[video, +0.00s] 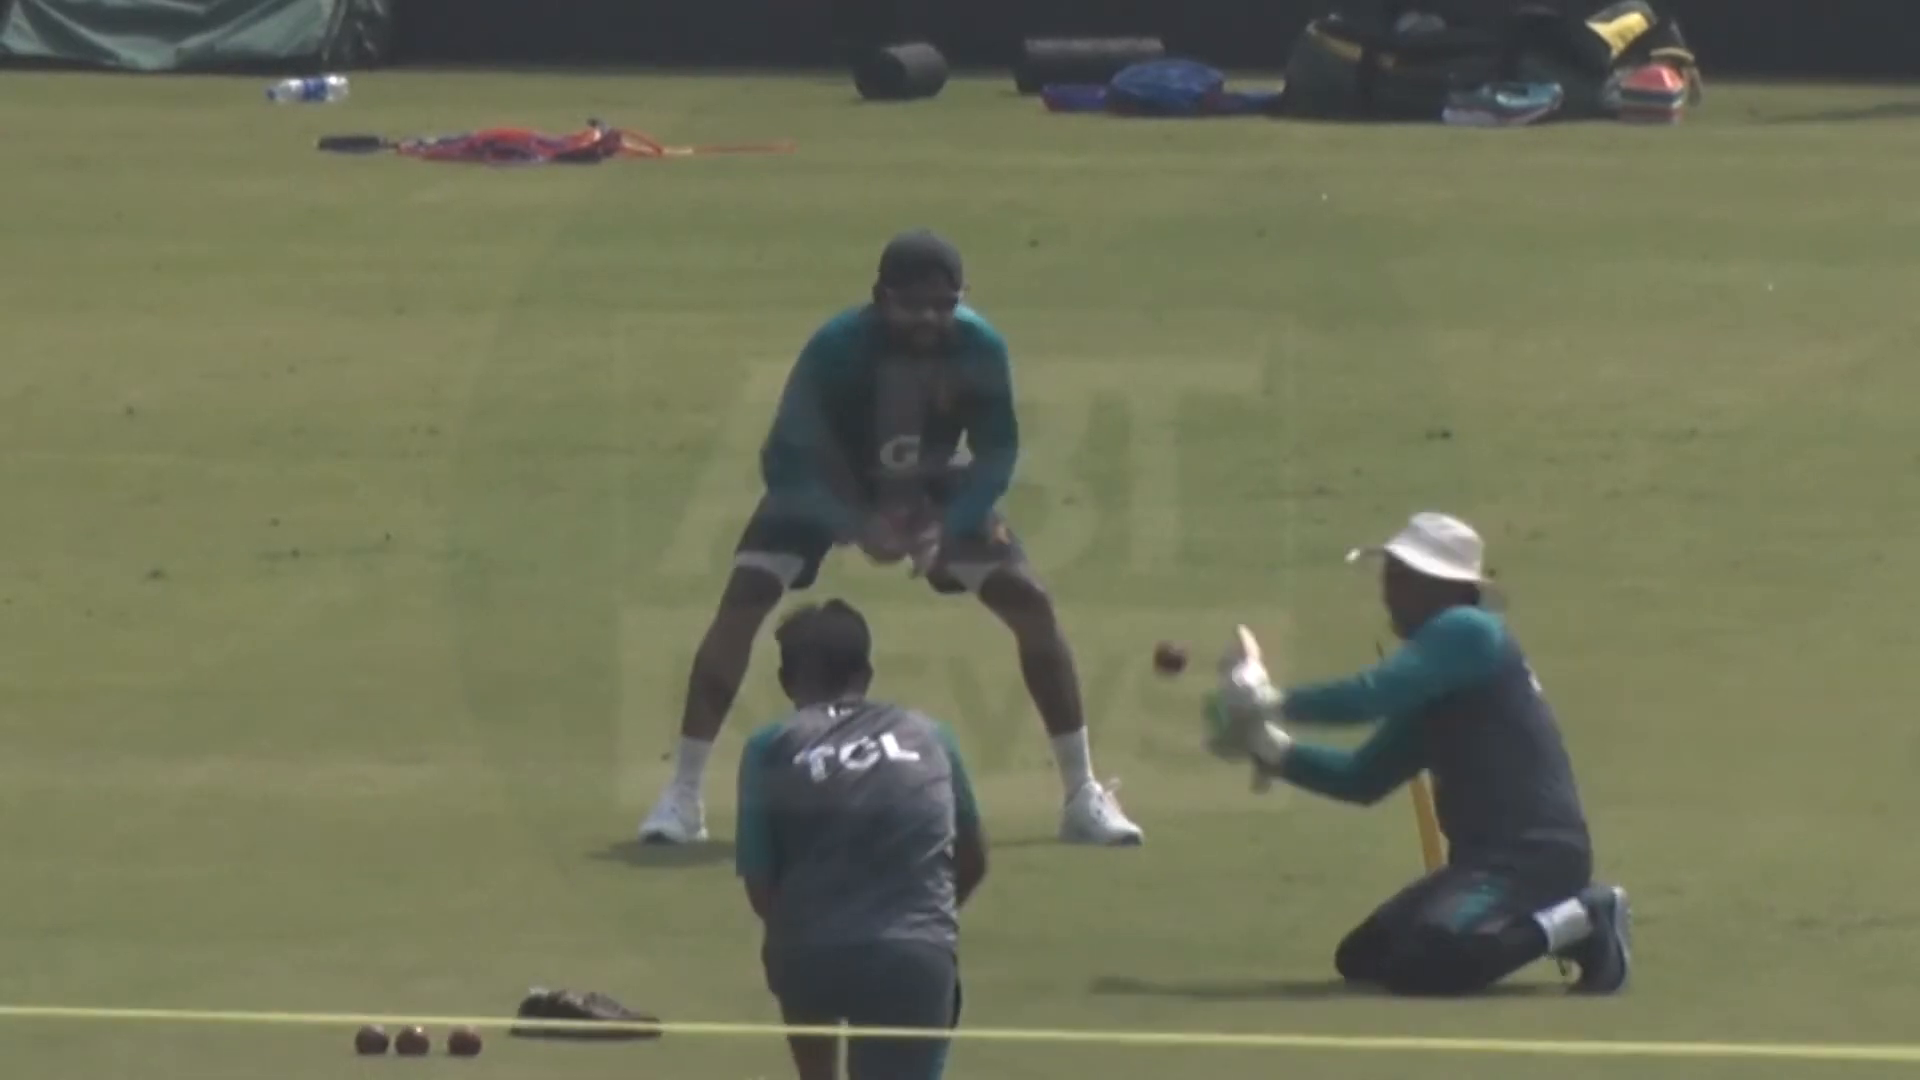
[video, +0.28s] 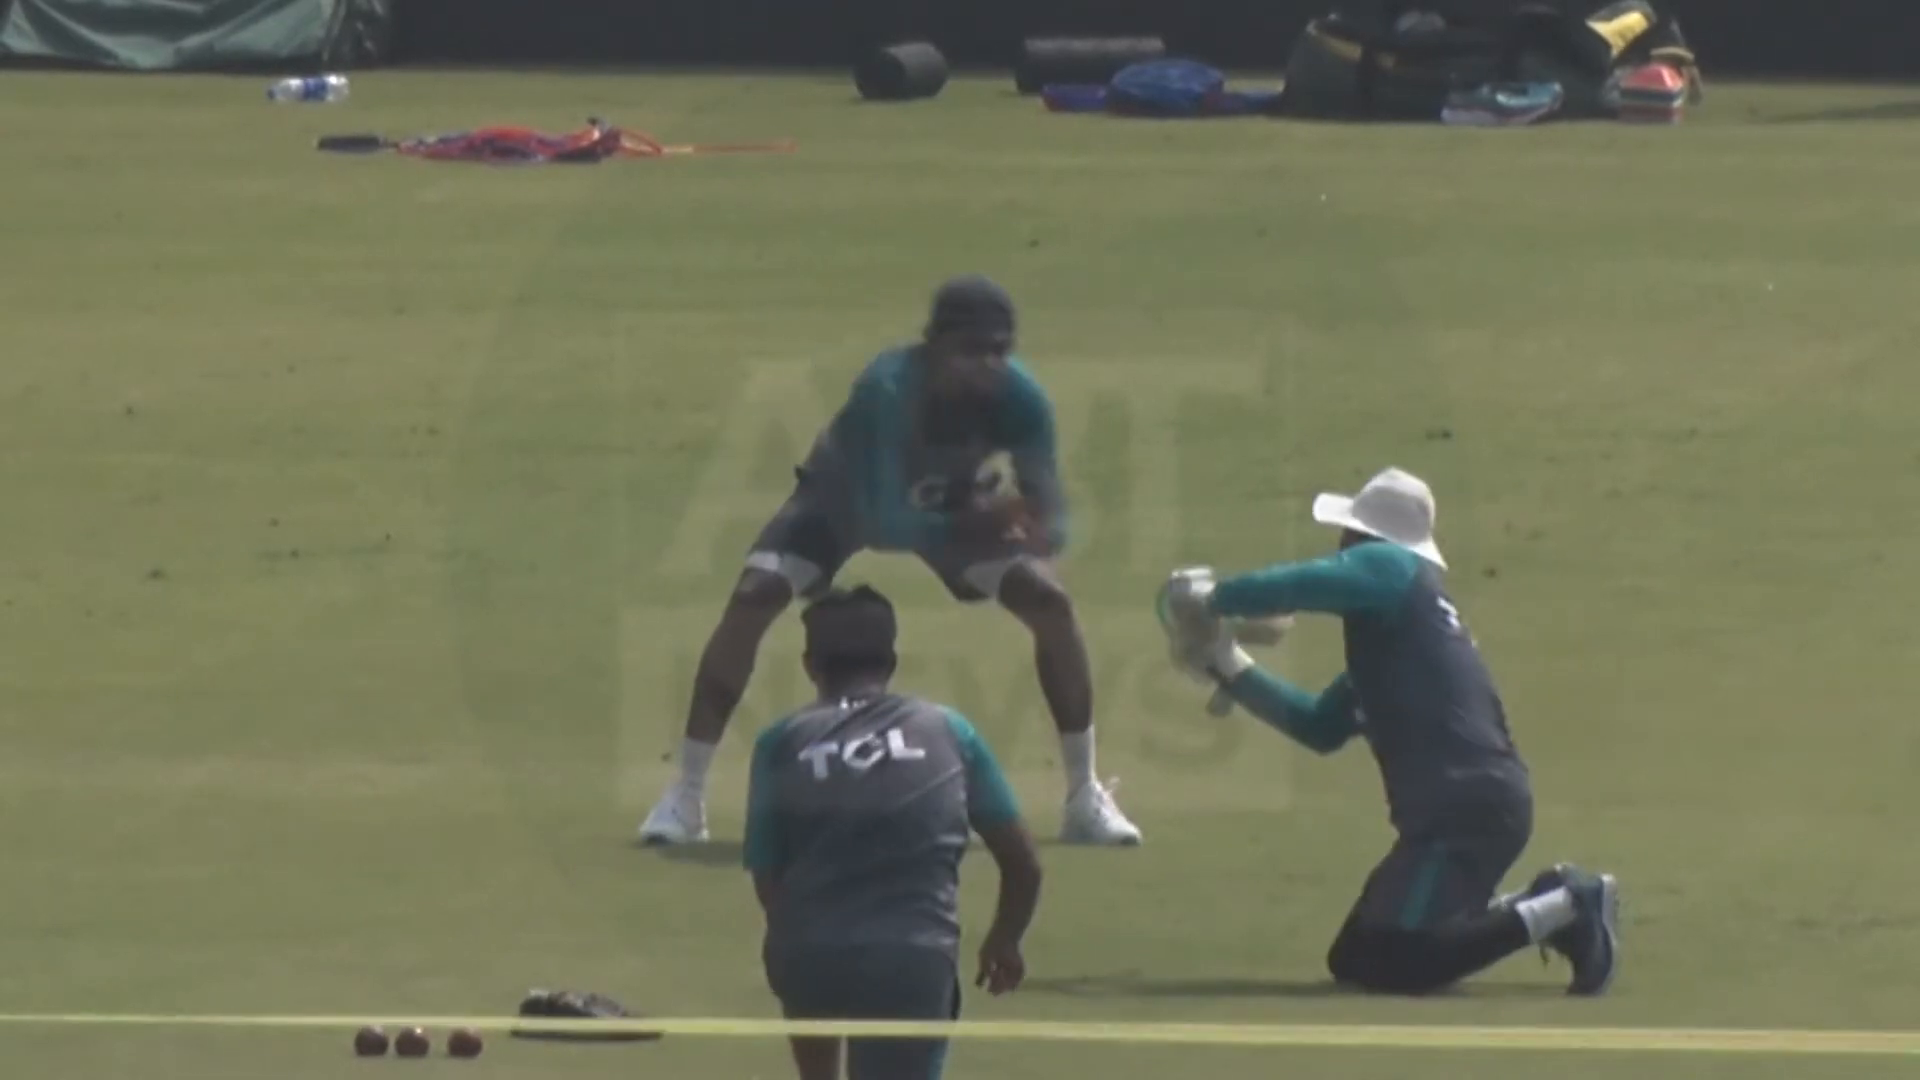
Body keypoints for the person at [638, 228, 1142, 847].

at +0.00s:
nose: (927, 321)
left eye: (940, 307)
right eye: (912, 307)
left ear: (958, 301)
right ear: (882, 299)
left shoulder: (981, 351)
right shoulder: (836, 347)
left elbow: (997, 452)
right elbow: (788, 462)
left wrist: (949, 523)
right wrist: (857, 525)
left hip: (932, 496)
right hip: (829, 491)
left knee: (1031, 607)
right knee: (744, 601)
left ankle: (1085, 795)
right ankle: (683, 794)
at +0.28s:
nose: (985, 367)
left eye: (997, 352)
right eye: (970, 351)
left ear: (1010, 351)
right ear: (935, 345)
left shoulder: (1022, 400)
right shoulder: (889, 385)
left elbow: (1052, 527)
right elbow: (880, 523)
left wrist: (1028, 532)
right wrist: (965, 529)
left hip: (950, 512)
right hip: (841, 503)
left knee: (1051, 607)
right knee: (753, 599)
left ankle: (1086, 796)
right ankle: (685, 795)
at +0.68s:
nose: (1253, 497)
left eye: (1260, 486)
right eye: (1254, 483)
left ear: (1232, 447)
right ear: (1233, 460)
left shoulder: (1179, 465)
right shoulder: (1133, 460)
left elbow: (1172, 549)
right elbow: (1026, 565)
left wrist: (1188, 630)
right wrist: (998, 669)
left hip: (1017, 489)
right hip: (933, 468)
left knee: (1126, 601)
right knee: (843, 636)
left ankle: (1091, 797)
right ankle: (696, 786)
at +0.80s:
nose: (1276, 437)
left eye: (1283, 425)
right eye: (1282, 425)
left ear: (1242, 383)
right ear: (1263, 414)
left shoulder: (1189, 406)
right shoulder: (1178, 424)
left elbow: (1098, 498)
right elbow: (1089, 533)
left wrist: (1073, 558)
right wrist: (1078, 643)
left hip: (1030, 478)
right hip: (951, 455)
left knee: (1126, 603)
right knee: (876, 630)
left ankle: (1089, 798)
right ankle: (716, 776)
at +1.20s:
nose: (1244, 298)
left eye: (1245, 284)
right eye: (1247, 285)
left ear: (1188, 248)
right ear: (1239, 280)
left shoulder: (1141, 285)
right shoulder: (1179, 307)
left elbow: (1037, 406)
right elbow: (1129, 427)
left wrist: (1004, 531)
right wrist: (1148, 549)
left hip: (1026, 445)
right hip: (972, 431)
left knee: (1101, 594)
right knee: (927, 616)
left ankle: (1088, 796)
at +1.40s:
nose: (1200, 260)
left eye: (1203, 246)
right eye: (1199, 245)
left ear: (1144, 225)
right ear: (1179, 240)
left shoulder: (1102, 269)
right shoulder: (1110, 279)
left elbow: (1045, 402)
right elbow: (1049, 402)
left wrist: (1062, 523)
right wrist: (1072, 525)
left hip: (999, 441)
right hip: (933, 431)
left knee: (1080, 594)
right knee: (895, 603)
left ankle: (1087, 794)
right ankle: (791, 741)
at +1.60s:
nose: (1127, 222)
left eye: (1128, 208)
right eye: (1116, 207)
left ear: (1083, 213)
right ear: (1071, 206)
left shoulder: (1064, 285)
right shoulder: (990, 267)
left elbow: (1024, 401)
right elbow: (921, 391)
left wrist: (1034, 496)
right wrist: (955, 508)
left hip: (980, 445)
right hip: (891, 439)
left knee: (1050, 599)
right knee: (858, 606)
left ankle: (1084, 795)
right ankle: (781, 772)